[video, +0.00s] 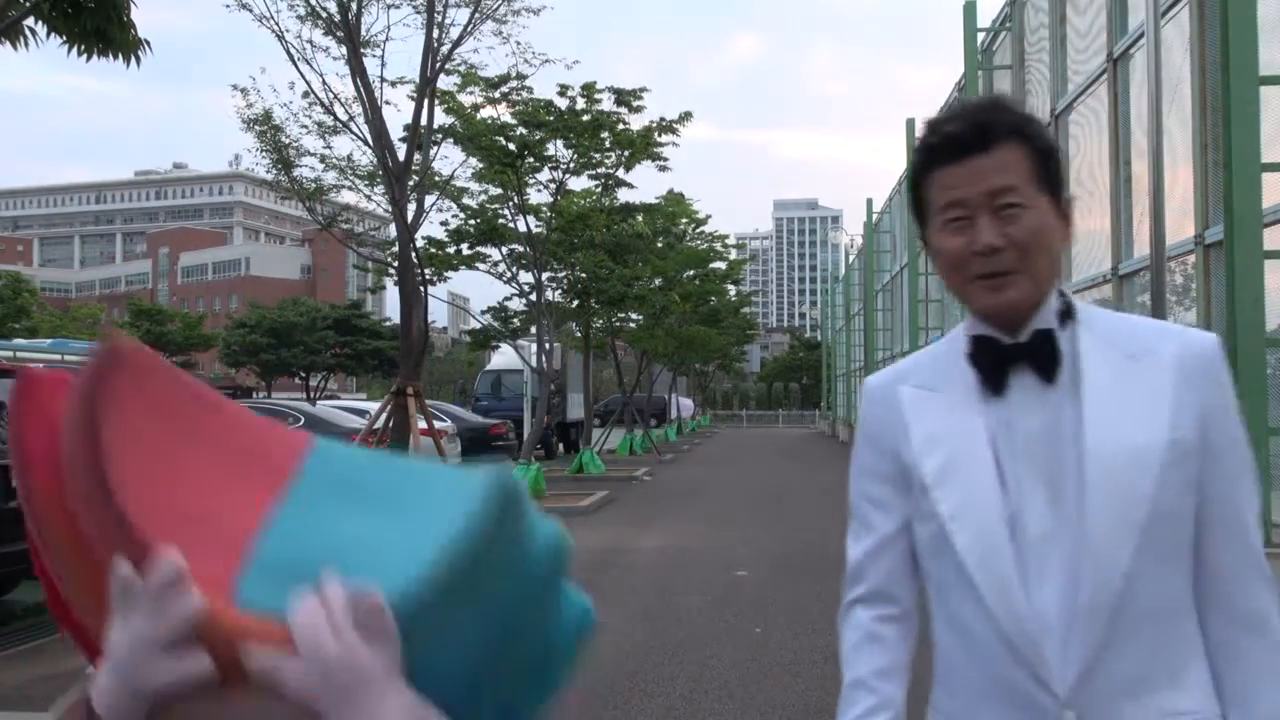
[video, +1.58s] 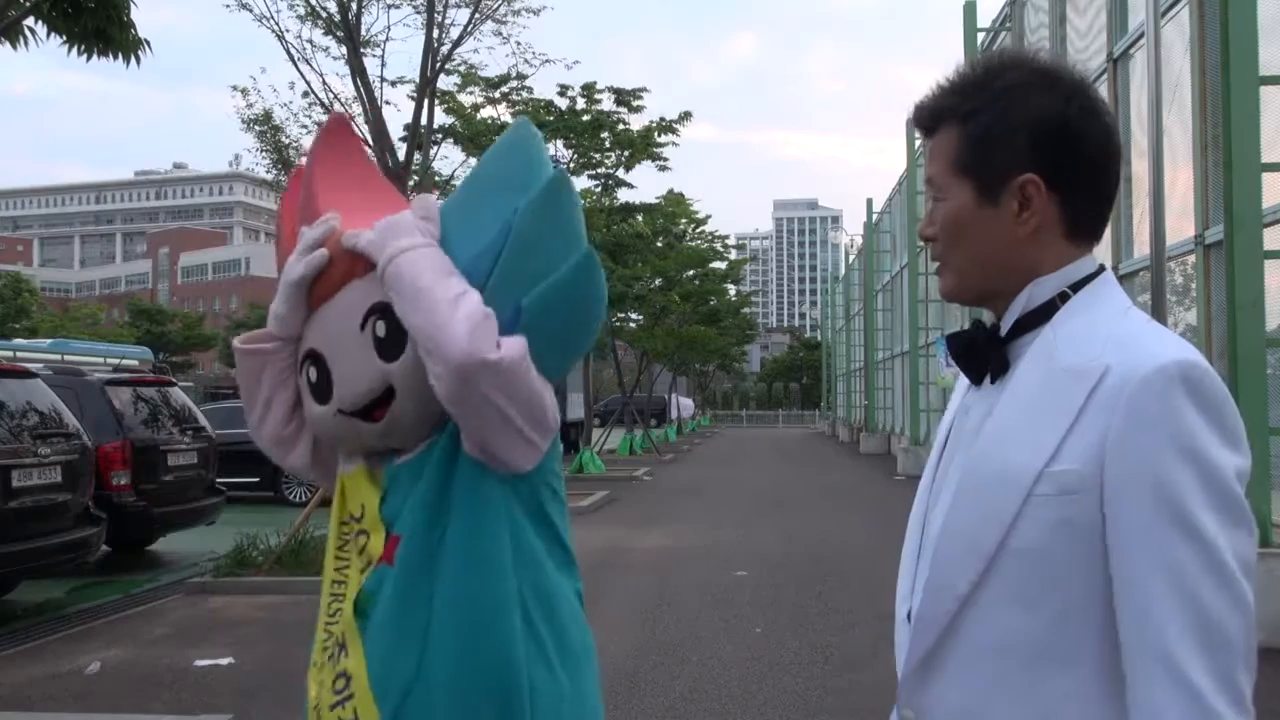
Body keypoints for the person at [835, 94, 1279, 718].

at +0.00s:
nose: (986, 240)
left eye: (1008, 210)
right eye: (957, 220)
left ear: (1062, 220)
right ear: (931, 248)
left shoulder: (1185, 367)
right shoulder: (895, 401)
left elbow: (1239, 596)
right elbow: (877, 611)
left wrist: (1254, 708)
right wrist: (869, 710)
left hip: (1162, 703)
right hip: (980, 706)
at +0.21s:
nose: (915, 255)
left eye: (941, 222)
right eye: (896, 231)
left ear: (1021, 221)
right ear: (882, 243)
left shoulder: (1153, 361)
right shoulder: (870, 405)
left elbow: (1213, 594)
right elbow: (863, 615)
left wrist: (1246, 709)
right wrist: (866, 711)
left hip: (1142, 704)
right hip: (962, 707)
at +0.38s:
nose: (874, 267)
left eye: (895, 235)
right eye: (867, 243)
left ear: (990, 227)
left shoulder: (1145, 362)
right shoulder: (865, 405)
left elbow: (1207, 601)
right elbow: (859, 614)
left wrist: (1234, 712)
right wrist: (855, 711)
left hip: (1127, 705)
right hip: (952, 707)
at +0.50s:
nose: (872, 274)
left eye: (888, 243)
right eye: (864, 250)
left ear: (983, 225)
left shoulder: (1143, 366)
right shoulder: (874, 401)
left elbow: (1209, 613)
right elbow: (862, 607)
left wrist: (1232, 712)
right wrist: (843, 710)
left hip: (1119, 705)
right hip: (946, 706)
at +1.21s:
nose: (923, 228)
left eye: (939, 195)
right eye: (927, 198)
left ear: (1041, 201)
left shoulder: (1159, 381)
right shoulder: (960, 367)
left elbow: (1161, 691)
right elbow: (907, 633)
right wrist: (876, 709)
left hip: (1038, 709)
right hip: (908, 703)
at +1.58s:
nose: (923, 228)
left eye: (937, 195)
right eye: (928, 199)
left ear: (1025, 204)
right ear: (1024, 207)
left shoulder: (1153, 382)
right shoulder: (985, 369)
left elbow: (1194, 696)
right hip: (931, 703)